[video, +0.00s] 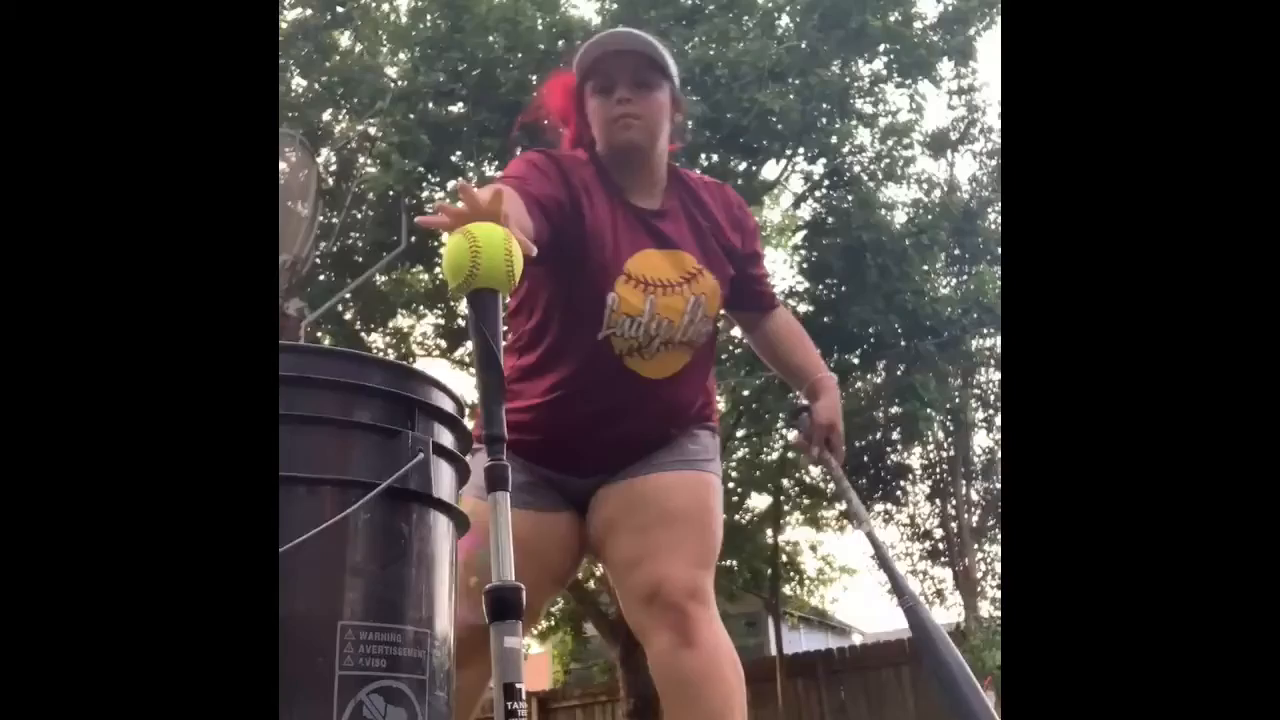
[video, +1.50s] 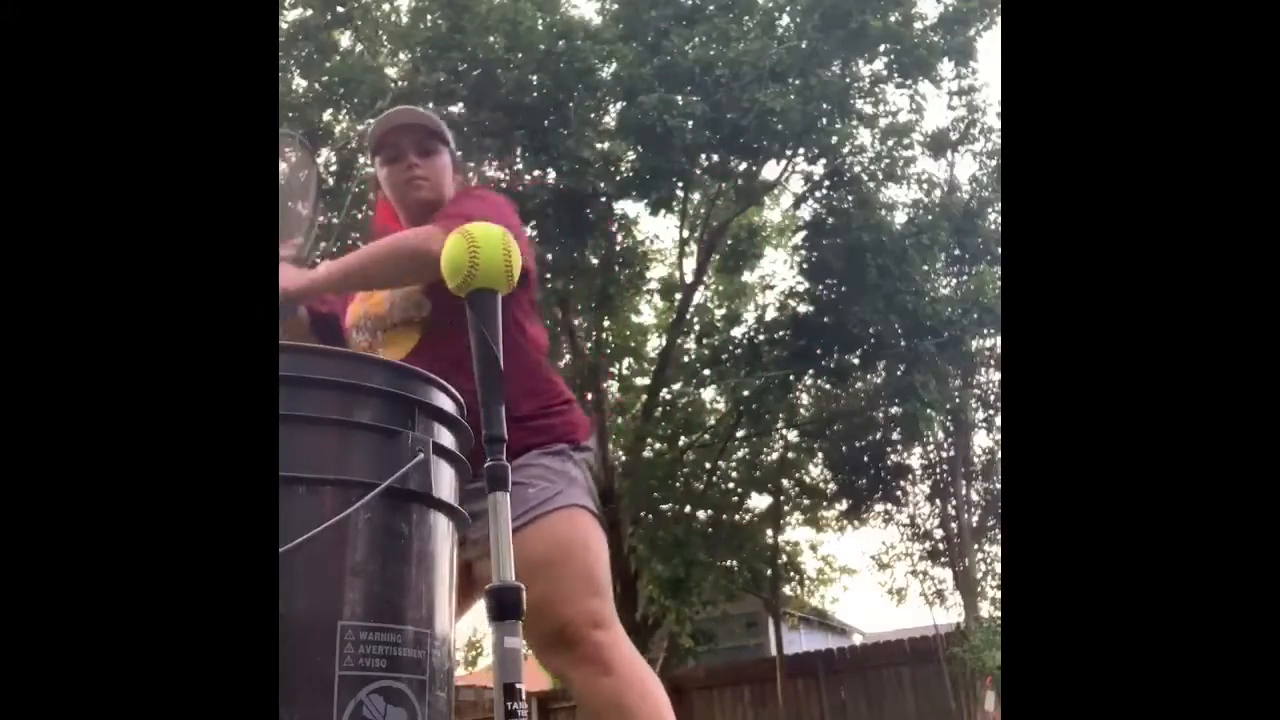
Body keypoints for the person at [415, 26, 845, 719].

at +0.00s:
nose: (622, 100)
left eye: (642, 85)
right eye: (603, 89)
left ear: (675, 108)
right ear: (582, 114)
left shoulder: (718, 209)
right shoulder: (552, 176)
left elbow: (760, 311)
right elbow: (521, 210)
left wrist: (823, 384)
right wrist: (493, 217)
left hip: (661, 444)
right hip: (529, 450)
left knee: (676, 606)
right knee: (469, 625)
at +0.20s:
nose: (575, 101)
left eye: (592, 88)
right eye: (556, 90)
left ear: (621, 108)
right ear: (533, 115)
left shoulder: (669, 218)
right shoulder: (498, 186)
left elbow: (719, 323)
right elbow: (428, 233)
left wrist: (777, 400)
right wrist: (467, 247)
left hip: (626, 448)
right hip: (501, 455)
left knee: (656, 611)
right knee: (449, 647)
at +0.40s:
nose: (489, 107)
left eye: (504, 95)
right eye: (469, 99)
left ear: (530, 118)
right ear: (444, 123)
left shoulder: (586, 222)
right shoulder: (400, 215)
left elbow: (640, 318)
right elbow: (347, 307)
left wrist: (684, 387)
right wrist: (427, 351)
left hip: (568, 453)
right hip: (445, 459)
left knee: (621, 620)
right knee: (399, 640)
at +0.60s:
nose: (442, 115)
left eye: (456, 103)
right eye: (422, 108)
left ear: (481, 121)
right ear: (402, 134)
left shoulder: (542, 205)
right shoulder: (363, 231)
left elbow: (605, 296)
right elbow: (331, 334)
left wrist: (564, 361)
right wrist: (370, 401)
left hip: (548, 445)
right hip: (432, 458)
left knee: (596, 621)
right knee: (402, 632)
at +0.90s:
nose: (462, 133)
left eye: (475, 119)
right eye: (443, 126)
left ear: (500, 132)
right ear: (424, 149)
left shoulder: (552, 198)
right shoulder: (400, 241)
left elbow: (603, 273)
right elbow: (365, 337)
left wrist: (482, 296)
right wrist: (388, 343)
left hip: (562, 440)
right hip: (448, 458)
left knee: (611, 627)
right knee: (418, 651)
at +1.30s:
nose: (450, 148)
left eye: (464, 134)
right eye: (430, 141)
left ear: (491, 149)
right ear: (414, 164)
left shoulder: (533, 196)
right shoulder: (393, 247)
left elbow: (542, 236)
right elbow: (332, 346)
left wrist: (399, 243)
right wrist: (315, 267)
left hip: (554, 443)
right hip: (444, 461)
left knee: (608, 631)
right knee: (415, 649)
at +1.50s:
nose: (412, 164)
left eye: (426, 150)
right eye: (393, 158)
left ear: (453, 161)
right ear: (377, 180)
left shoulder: (486, 208)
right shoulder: (371, 263)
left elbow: (446, 250)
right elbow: (343, 347)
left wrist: (308, 279)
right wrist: (296, 303)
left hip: (525, 452)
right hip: (424, 467)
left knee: (584, 638)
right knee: (378, 639)